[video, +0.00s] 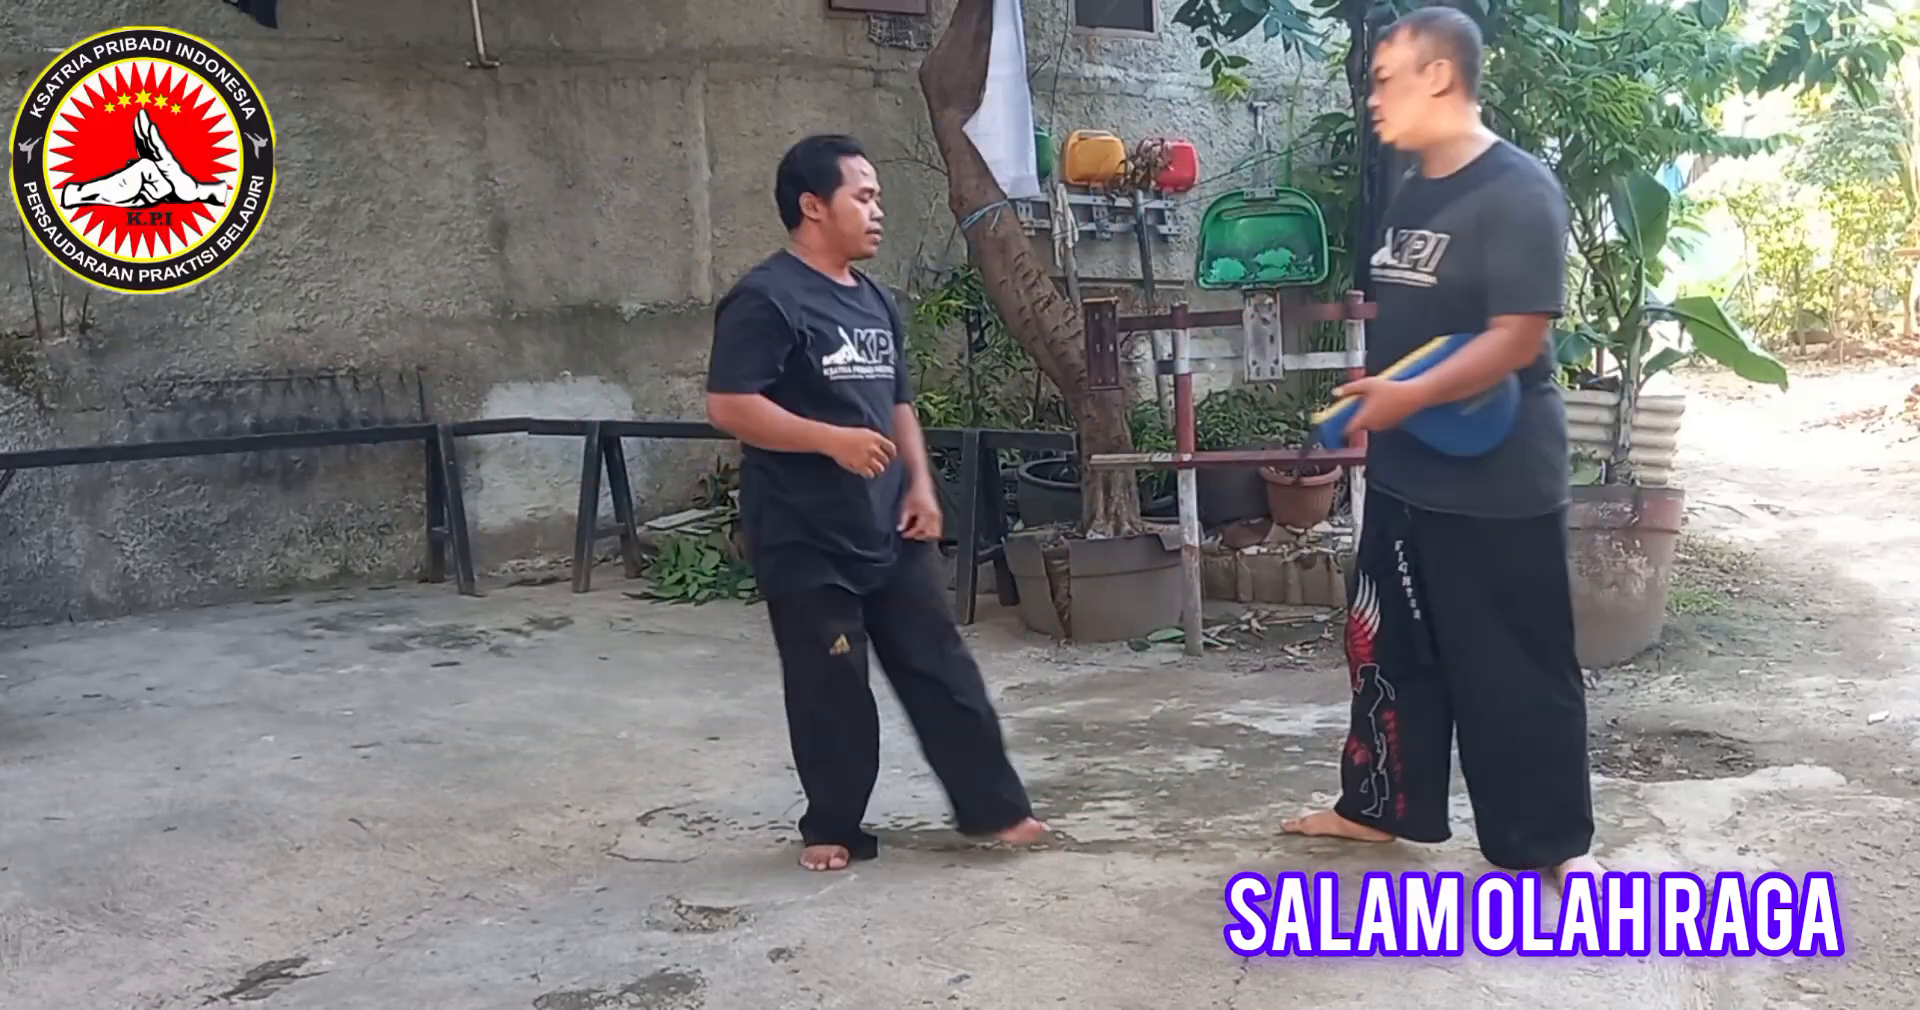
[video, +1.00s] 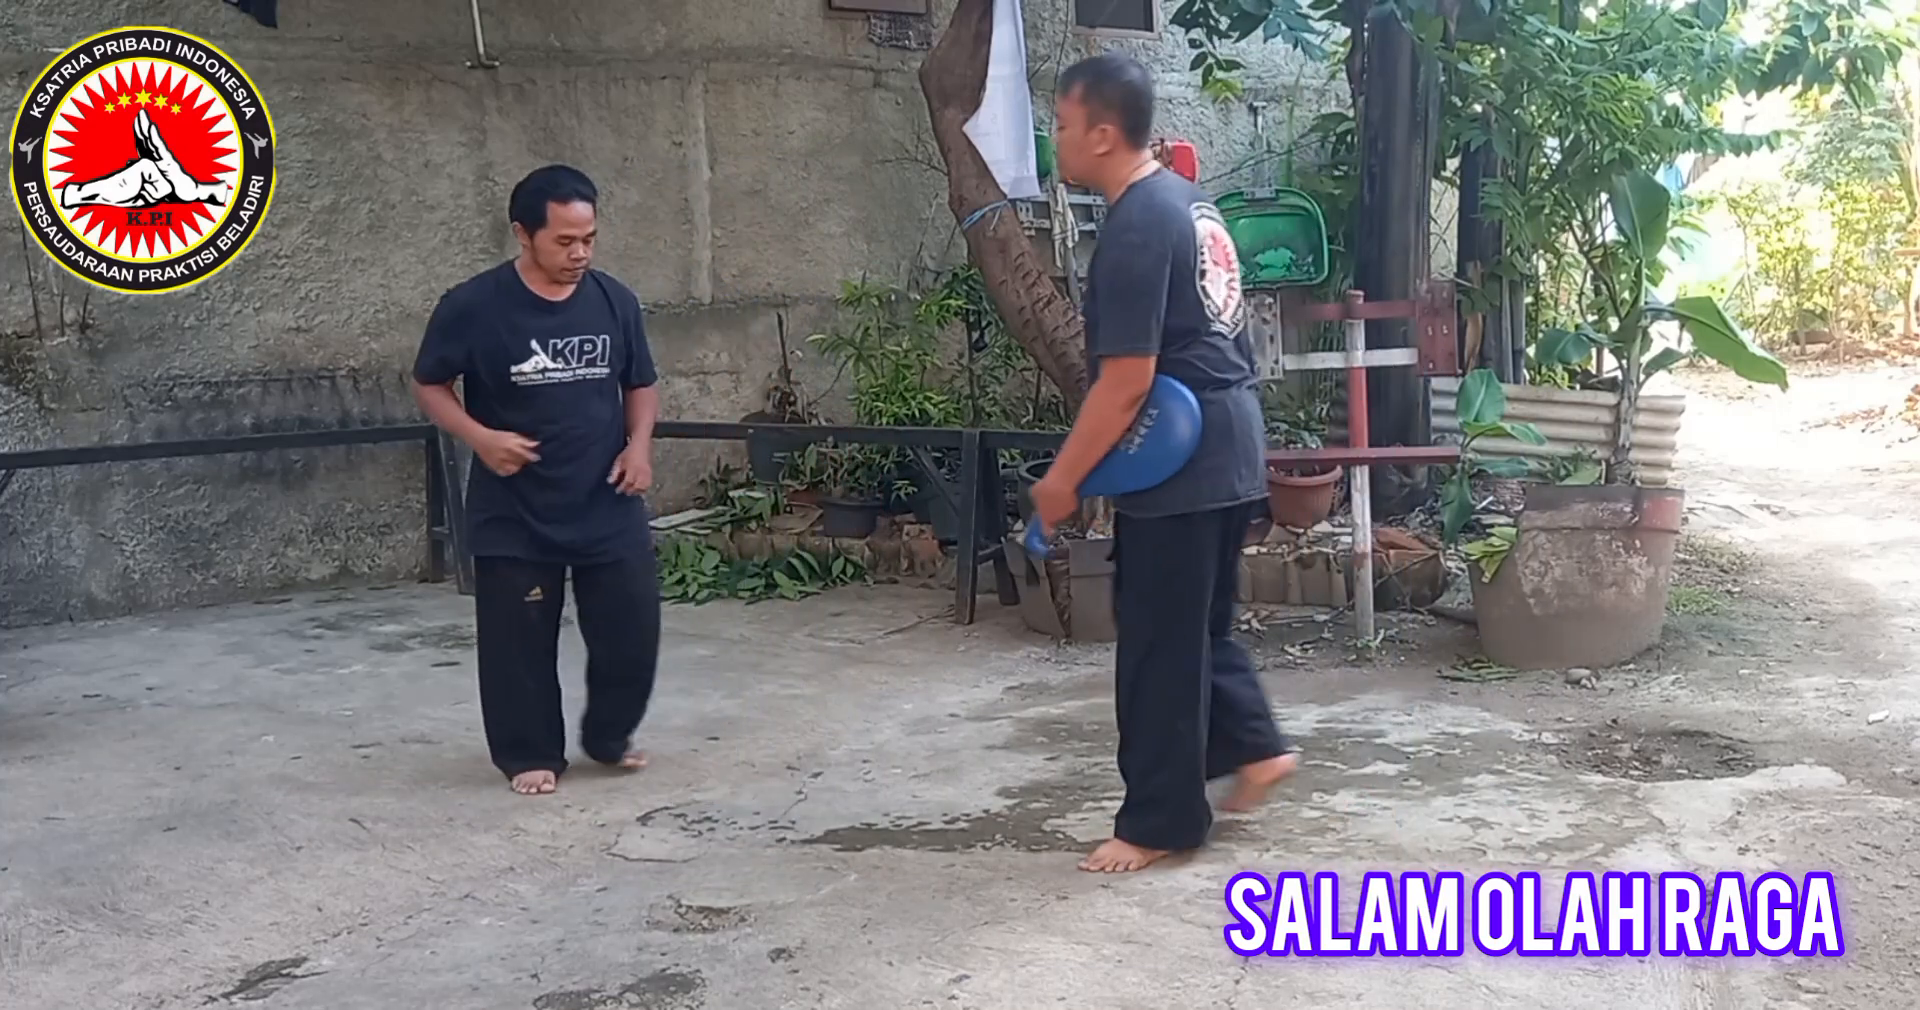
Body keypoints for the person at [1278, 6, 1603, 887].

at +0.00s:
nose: (1373, 102)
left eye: (1386, 82)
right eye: (1372, 86)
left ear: (1443, 79)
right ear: (1429, 86)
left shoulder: (1520, 188)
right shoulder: (1412, 188)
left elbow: (1522, 337)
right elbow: (1414, 326)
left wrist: (1409, 397)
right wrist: (1373, 411)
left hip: (1497, 483)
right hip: (1408, 468)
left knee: (1517, 671)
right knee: (1392, 647)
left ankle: (1543, 853)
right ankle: (1379, 806)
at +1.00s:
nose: (1055, 141)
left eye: (1064, 126)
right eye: (1057, 125)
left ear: (1104, 131)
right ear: (1126, 132)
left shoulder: (1137, 220)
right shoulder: (1180, 201)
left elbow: (1128, 378)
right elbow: (1192, 349)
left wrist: (1062, 476)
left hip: (1178, 468)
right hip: (1223, 458)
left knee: (1158, 645)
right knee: (1199, 624)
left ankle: (1163, 823)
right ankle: (1257, 747)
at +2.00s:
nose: (1025, 202)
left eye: (1029, 184)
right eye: (1022, 187)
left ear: (1072, 170)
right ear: (1069, 175)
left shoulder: (1171, 237)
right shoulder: (1076, 260)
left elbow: (1214, 365)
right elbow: (1098, 374)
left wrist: (1163, 475)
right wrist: (1086, 463)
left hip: (1232, 481)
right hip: (1141, 485)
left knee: (1273, 644)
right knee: (1122, 631)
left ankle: (1322, 805)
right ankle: (1095, 772)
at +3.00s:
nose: (1020, 206)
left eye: (1022, 189)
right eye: (1017, 192)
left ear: (1066, 176)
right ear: (1066, 177)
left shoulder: (1159, 247)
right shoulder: (1074, 264)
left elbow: (1193, 384)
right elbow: (1084, 385)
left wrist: (1131, 483)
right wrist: (1056, 475)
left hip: (1213, 488)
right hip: (1129, 491)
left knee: (1278, 646)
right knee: (1111, 644)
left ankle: (1358, 805)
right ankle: (1101, 786)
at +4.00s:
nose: (1031, 230)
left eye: (1035, 213)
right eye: (1026, 215)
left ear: (1083, 200)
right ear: (1073, 205)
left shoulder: (1183, 262)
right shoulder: (1071, 288)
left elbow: (1235, 383)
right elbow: (1023, 369)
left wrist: (1146, 453)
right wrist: (946, 330)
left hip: (1246, 493)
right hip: (1147, 494)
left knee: (1311, 641)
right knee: (1108, 637)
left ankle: (1400, 805)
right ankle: (1105, 785)